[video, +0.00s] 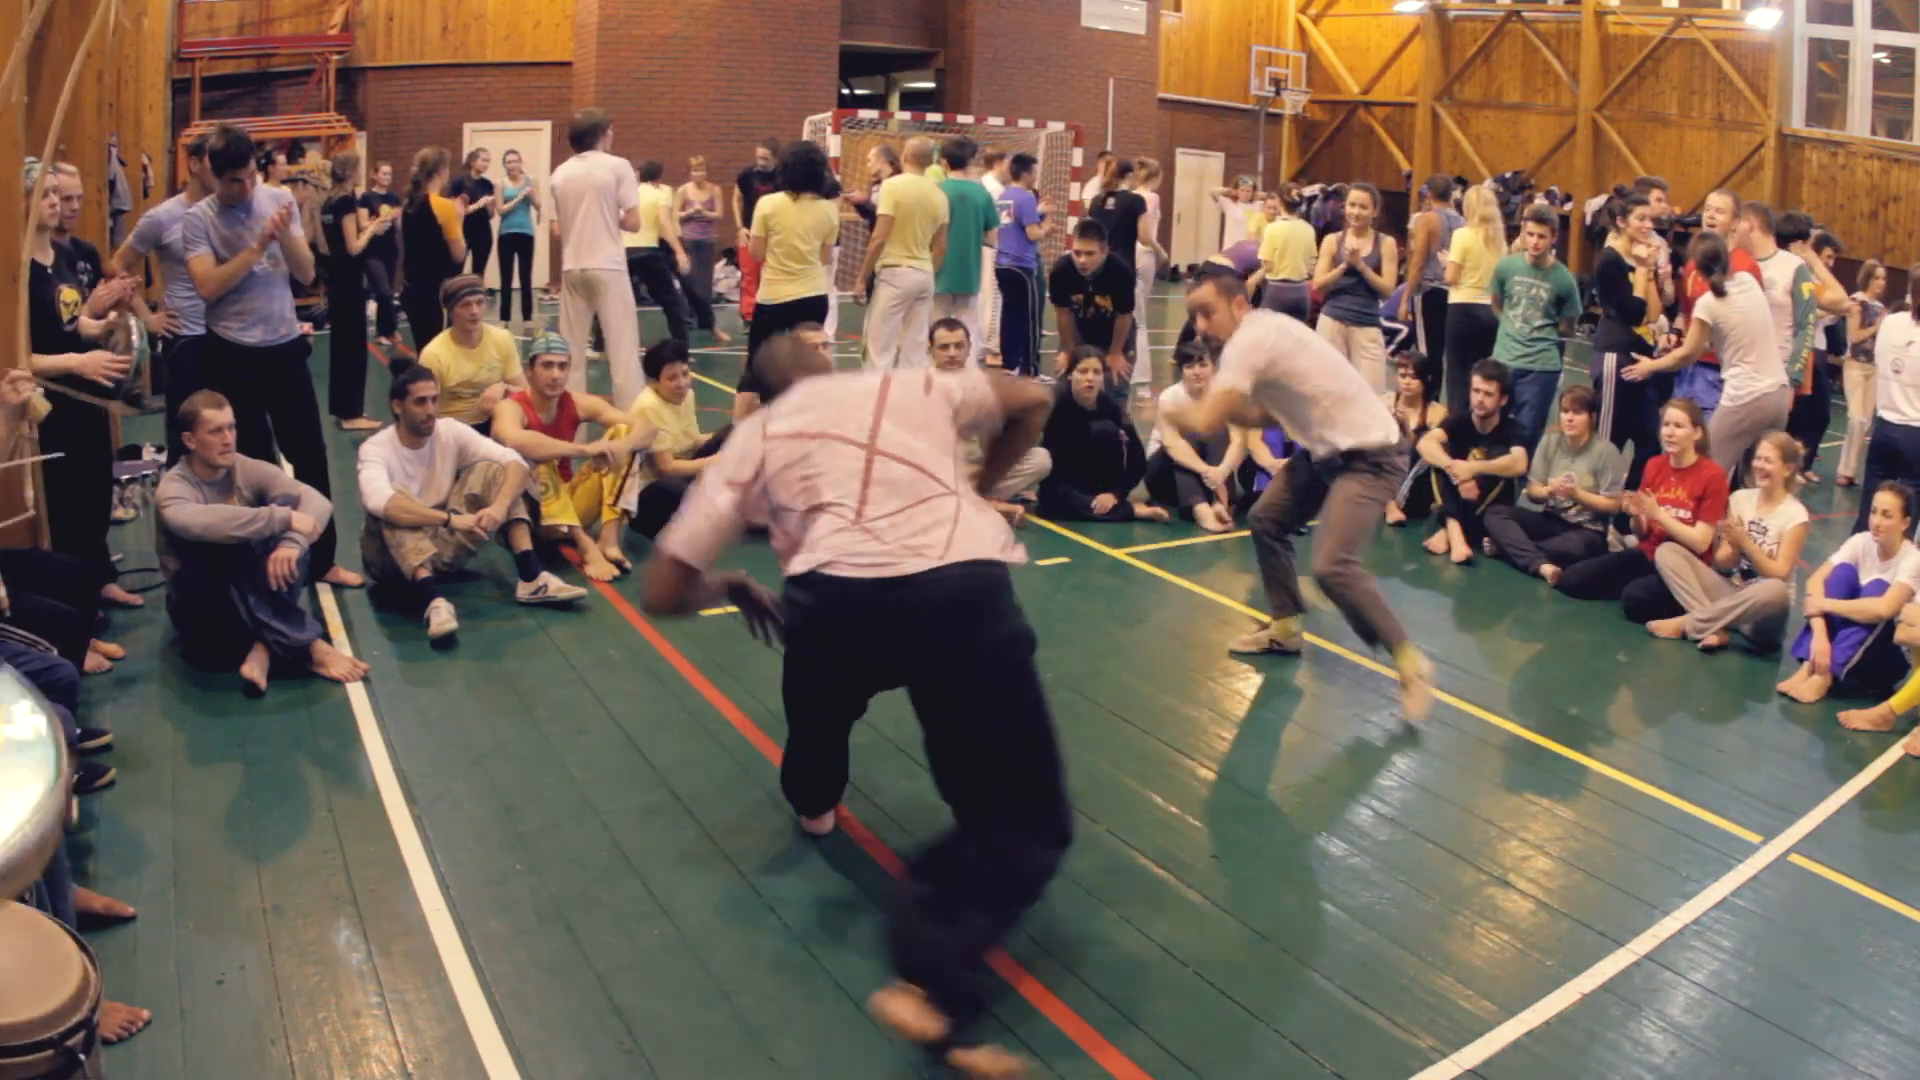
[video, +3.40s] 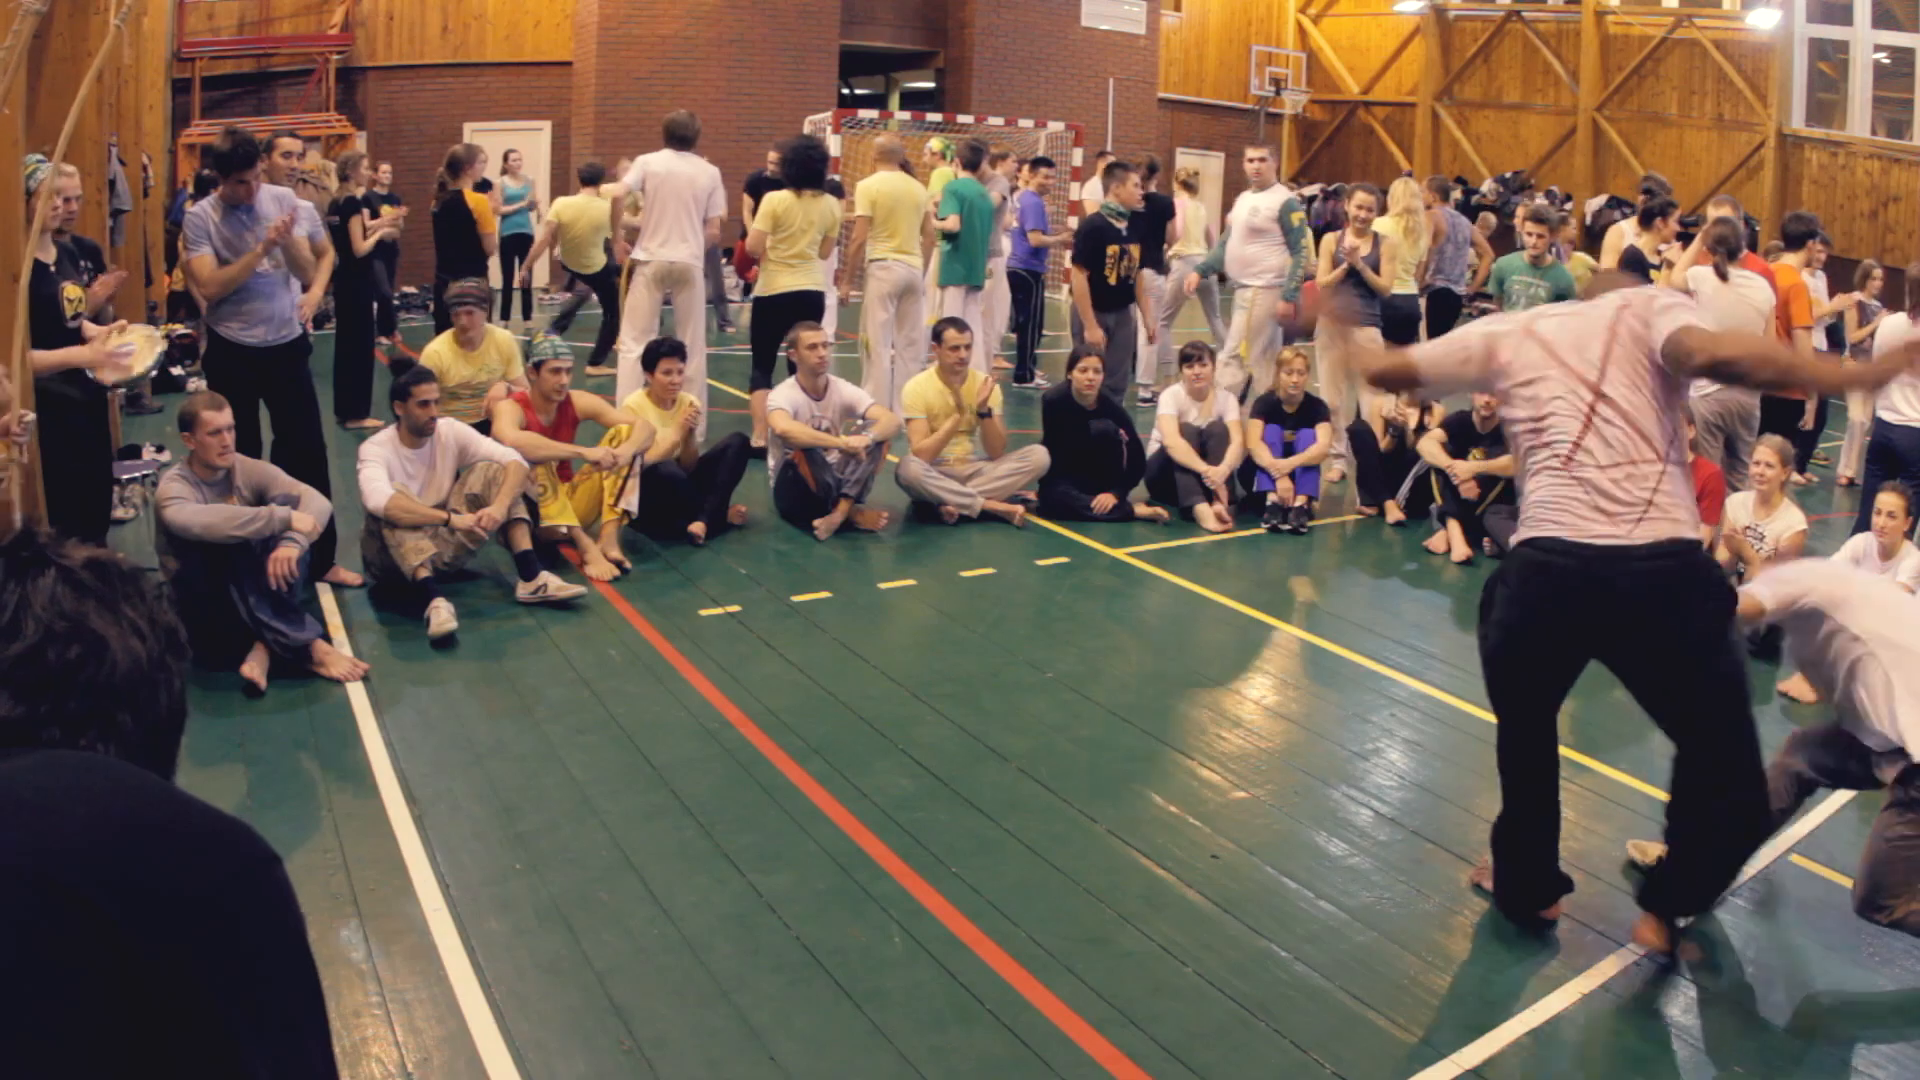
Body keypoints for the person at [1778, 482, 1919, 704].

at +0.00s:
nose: (1876, 521)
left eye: (1886, 515)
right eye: (1874, 512)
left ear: (1905, 523)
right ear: (1868, 512)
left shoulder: (1912, 559)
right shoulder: (1860, 542)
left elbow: (1885, 610)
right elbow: (1814, 581)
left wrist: (1823, 604)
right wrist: (1820, 638)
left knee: (1877, 587)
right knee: (1843, 572)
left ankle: (1823, 676)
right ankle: (1807, 666)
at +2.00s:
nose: (1873, 521)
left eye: (1883, 516)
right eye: (1872, 512)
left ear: (1904, 525)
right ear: (1868, 512)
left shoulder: (1912, 559)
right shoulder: (1860, 542)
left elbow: (1885, 610)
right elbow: (1815, 581)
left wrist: (1823, 604)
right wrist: (1820, 637)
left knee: (1877, 587)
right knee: (1844, 572)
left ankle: (1824, 676)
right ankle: (1807, 666)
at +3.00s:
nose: (1879, 523)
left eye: (1889, 516)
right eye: (1876, 513)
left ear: (1906, 524)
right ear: (1871, 515)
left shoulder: (1913, 558)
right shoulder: (1860, 541)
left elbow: (1888, 606)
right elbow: (1817, 579)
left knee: (1877, 586)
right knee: (1845, 572)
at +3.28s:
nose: (1880, 524)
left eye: (1891, 516)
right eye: (1877, 513)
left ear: (1907, 523)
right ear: (1871, 515)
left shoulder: (1912, 558)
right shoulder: (1860, 541)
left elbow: (1888, 606)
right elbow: (1814, 581)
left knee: (1876, 586)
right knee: (1844, 572)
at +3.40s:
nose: (1881, 523)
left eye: (1891, 516)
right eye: (1877, 513)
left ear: (1907, 524)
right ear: (1871, 515)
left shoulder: (1913, 560)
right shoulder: (1860, 543)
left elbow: (1890, 605)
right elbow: (1826, 575)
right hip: (1853, 620)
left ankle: (1817, 678)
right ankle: (1809, 673)